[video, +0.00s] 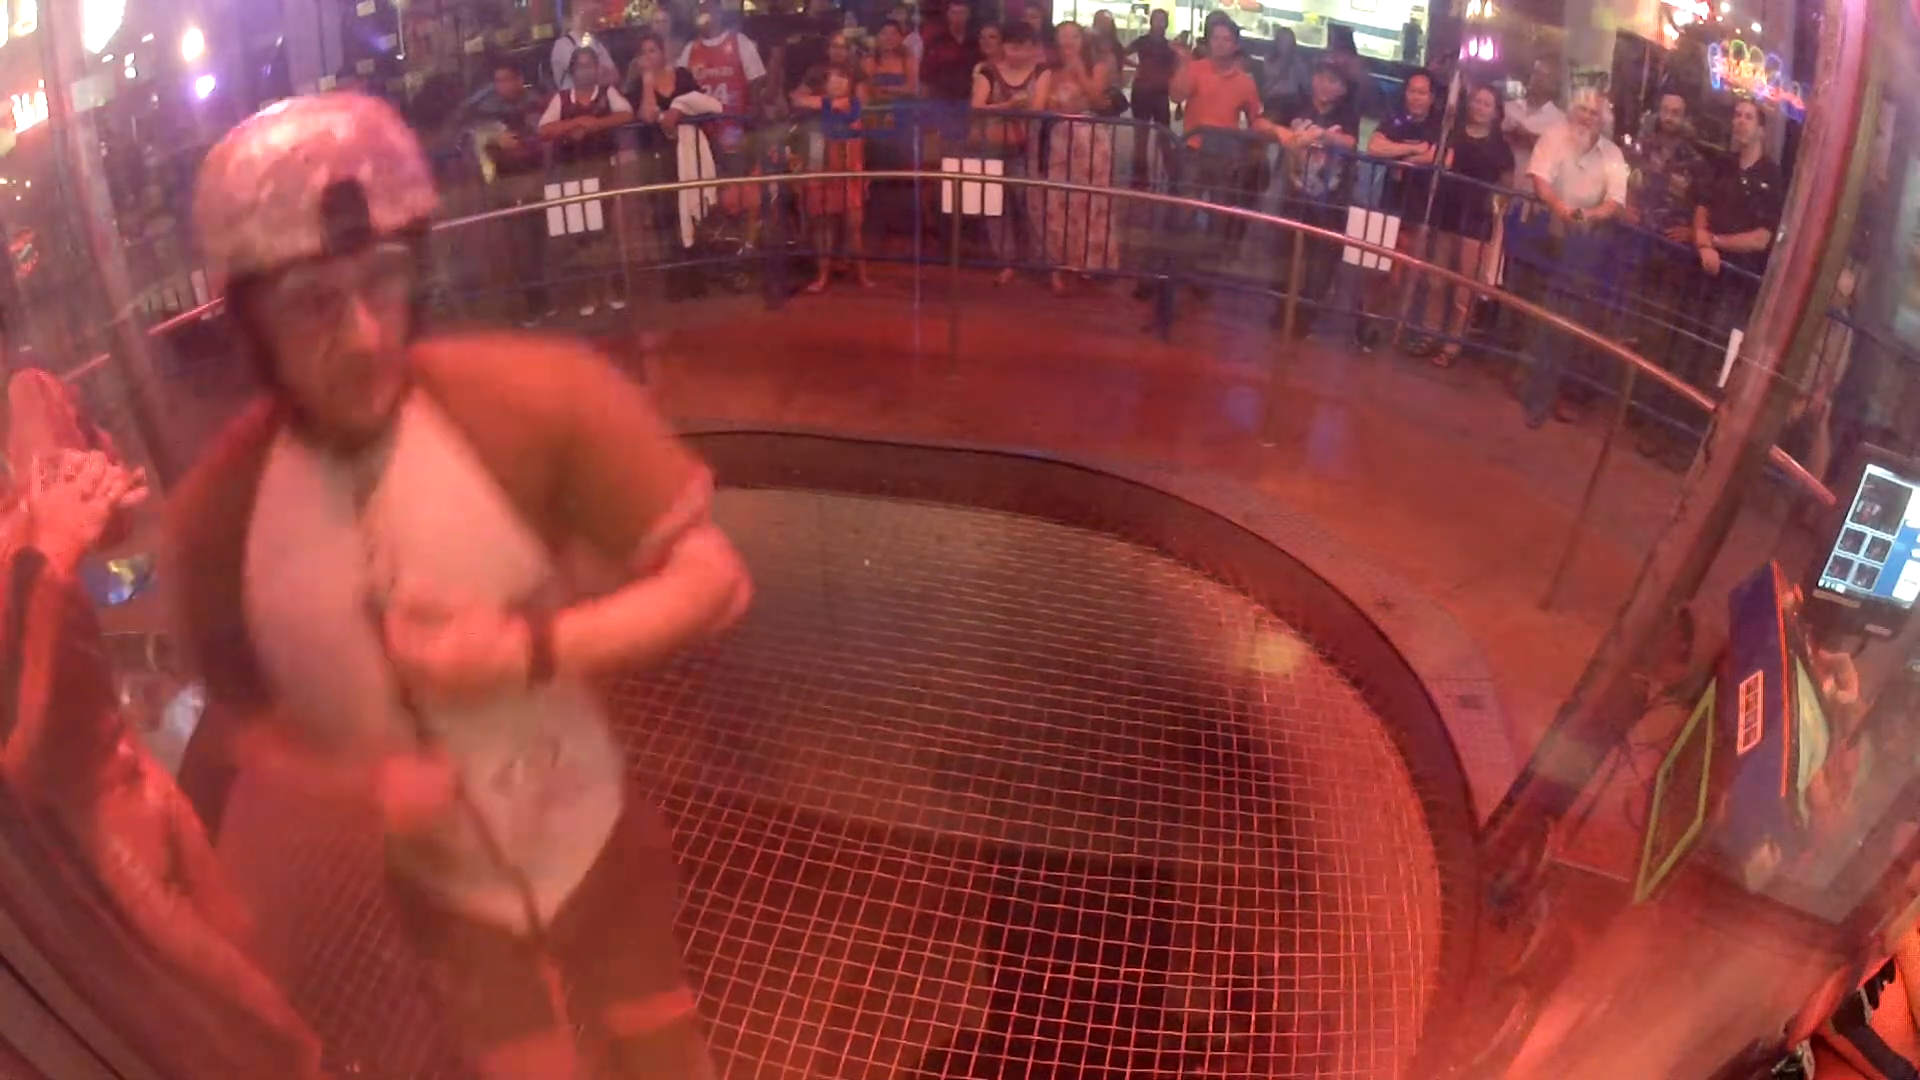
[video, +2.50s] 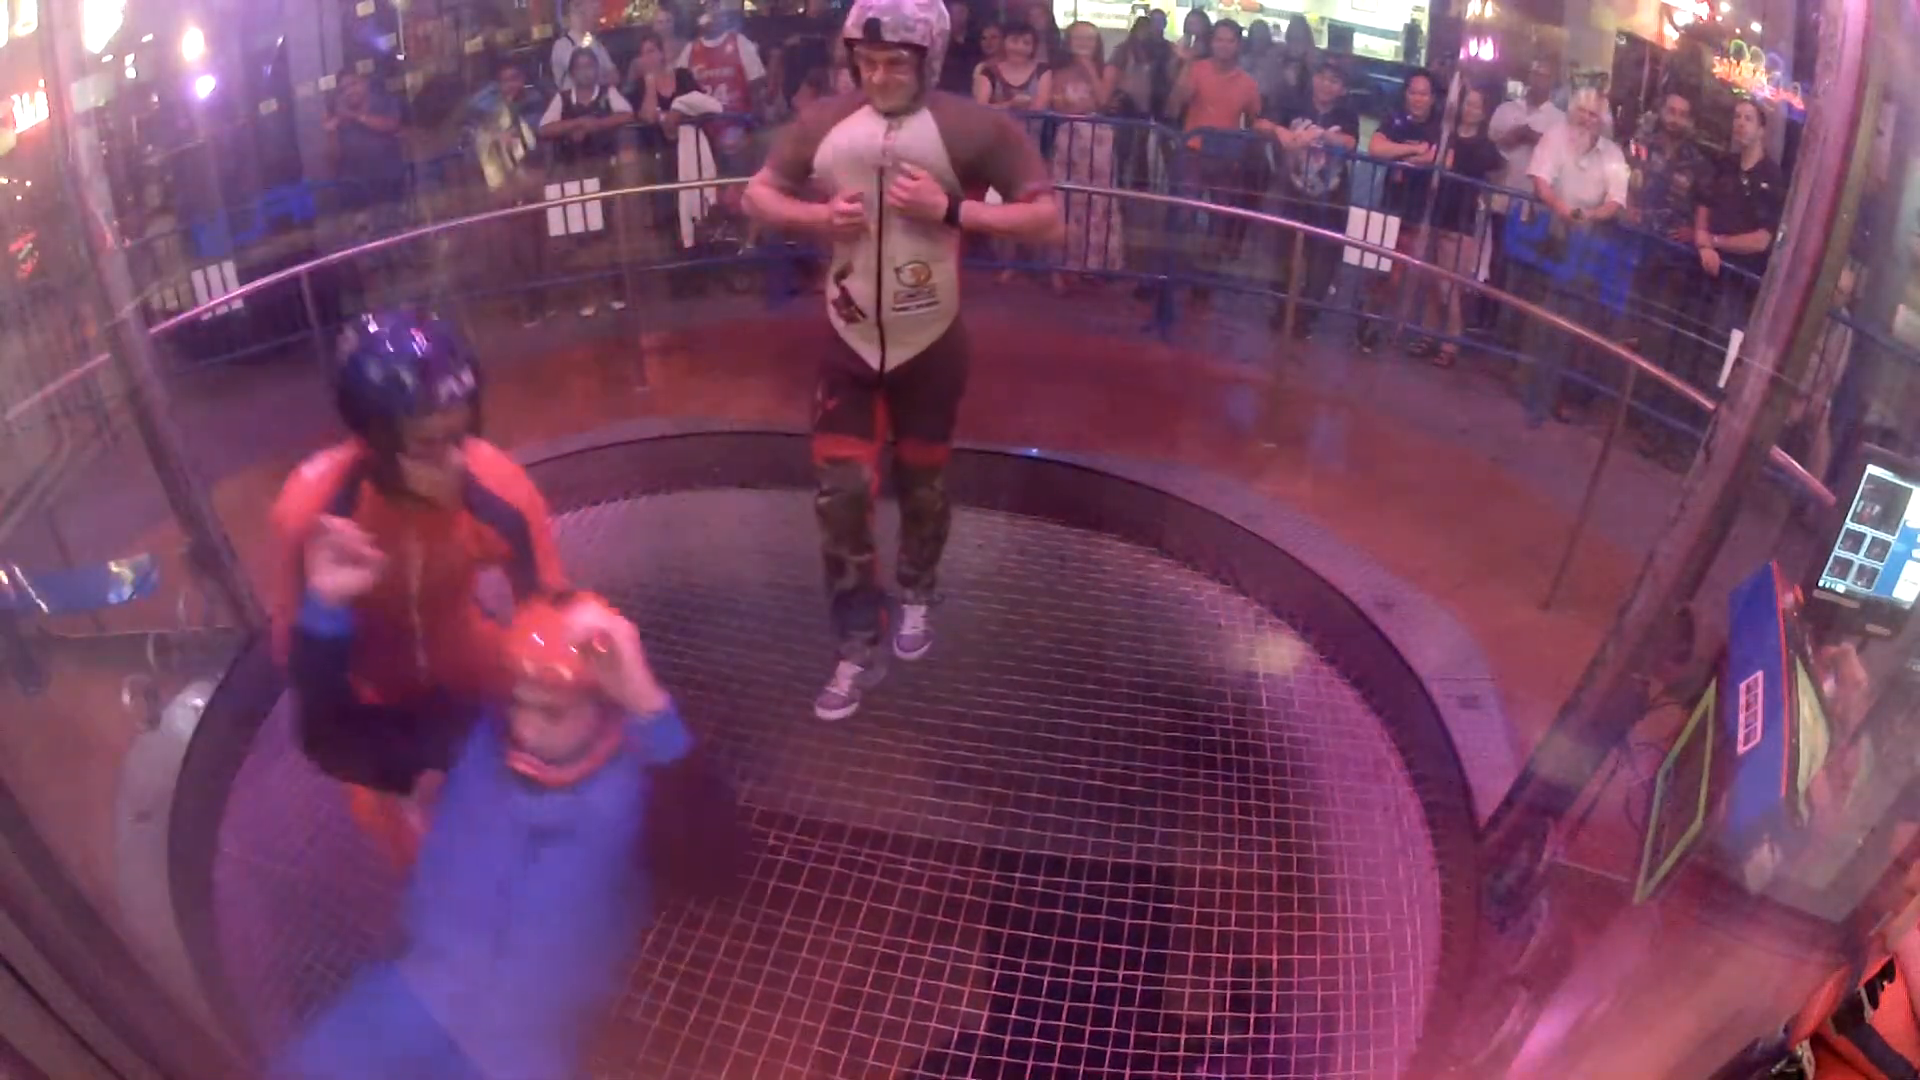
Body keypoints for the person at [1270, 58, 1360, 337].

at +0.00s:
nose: (1327, 90)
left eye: (1334, 86)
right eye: (1324, 82)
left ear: (1343, 92)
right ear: (1313, 80)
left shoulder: (1346, 114)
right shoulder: (1293, 106)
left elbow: (1351, 144)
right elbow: (1260, 124)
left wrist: (1325, 135)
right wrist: (1286, 136)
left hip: (1330, 199)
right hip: (1295, 192)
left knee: (1321, 257)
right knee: (1287, 250)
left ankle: (1306, 313)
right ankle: (1281, 306)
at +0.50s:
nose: (1325, 86)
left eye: (1333, 81)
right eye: (1322, 78)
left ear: (1343, 87)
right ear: (1311, 78)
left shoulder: (1346, 111)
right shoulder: (1293, 103)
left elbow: (1351, 143)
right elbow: (1259, 124)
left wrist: (1325, 136)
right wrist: (1283, 134)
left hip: (1332, 196)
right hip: (1296, 190)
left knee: (1324, 255)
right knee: (1286, 248)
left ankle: (1307, 312)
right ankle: (1281, 306)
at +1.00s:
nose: (1330, 87)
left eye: (1336, 82)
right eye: (1326, 80)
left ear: (1343, 86)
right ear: (1312, 78)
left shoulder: (1346, 111)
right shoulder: (1291, 103)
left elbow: (1351, 144)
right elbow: (1260, 125)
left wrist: (1323, 136)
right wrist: (1282, 134)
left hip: (1332, 196)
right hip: (1295, 190)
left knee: (1325, 255)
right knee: (1287, 248)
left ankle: (1307, 311)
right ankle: (1281, 306)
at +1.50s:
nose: (1329, 87)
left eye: (1335, 82)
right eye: (1324, 79)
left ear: (1343, 88)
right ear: (1313, 79)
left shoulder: (1345, 113)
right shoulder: (1292, 103)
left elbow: (1351, 144)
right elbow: (1261, 123)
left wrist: (1322, 135)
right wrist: (1286, 135)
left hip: (1330, 196)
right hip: (1294, 189)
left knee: (1325, 255)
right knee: (1286, 248)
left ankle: (1307, 314)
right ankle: (1281, 306)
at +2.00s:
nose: (1325, 85)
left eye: (1333, 81)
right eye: (1322, 78)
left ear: (1343, 90)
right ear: (1312, 79)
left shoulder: (1345, 114)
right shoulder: (1295, 107)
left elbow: (1350, 144)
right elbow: (1264, 126)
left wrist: (1323, 135)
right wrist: (1290, 138)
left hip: (1329, 195)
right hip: (1293, 189)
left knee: (1323, 256)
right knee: (1286, 248)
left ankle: (1307, 314)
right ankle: (1281, 306)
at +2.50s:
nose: (1326, 86)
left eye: (1333, 82)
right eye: (1322, 78)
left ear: (1343, 89)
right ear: (1313, 78)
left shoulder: (1346, 112)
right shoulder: (1294, 102)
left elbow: (1351, 143)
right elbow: (1261, 124)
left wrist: (1324, 135)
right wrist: (1285, 135)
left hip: (1330, 195)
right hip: (1293, 189)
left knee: (1323, 255)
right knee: (1285, 247)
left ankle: (1308, 314)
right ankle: (1281, 305)